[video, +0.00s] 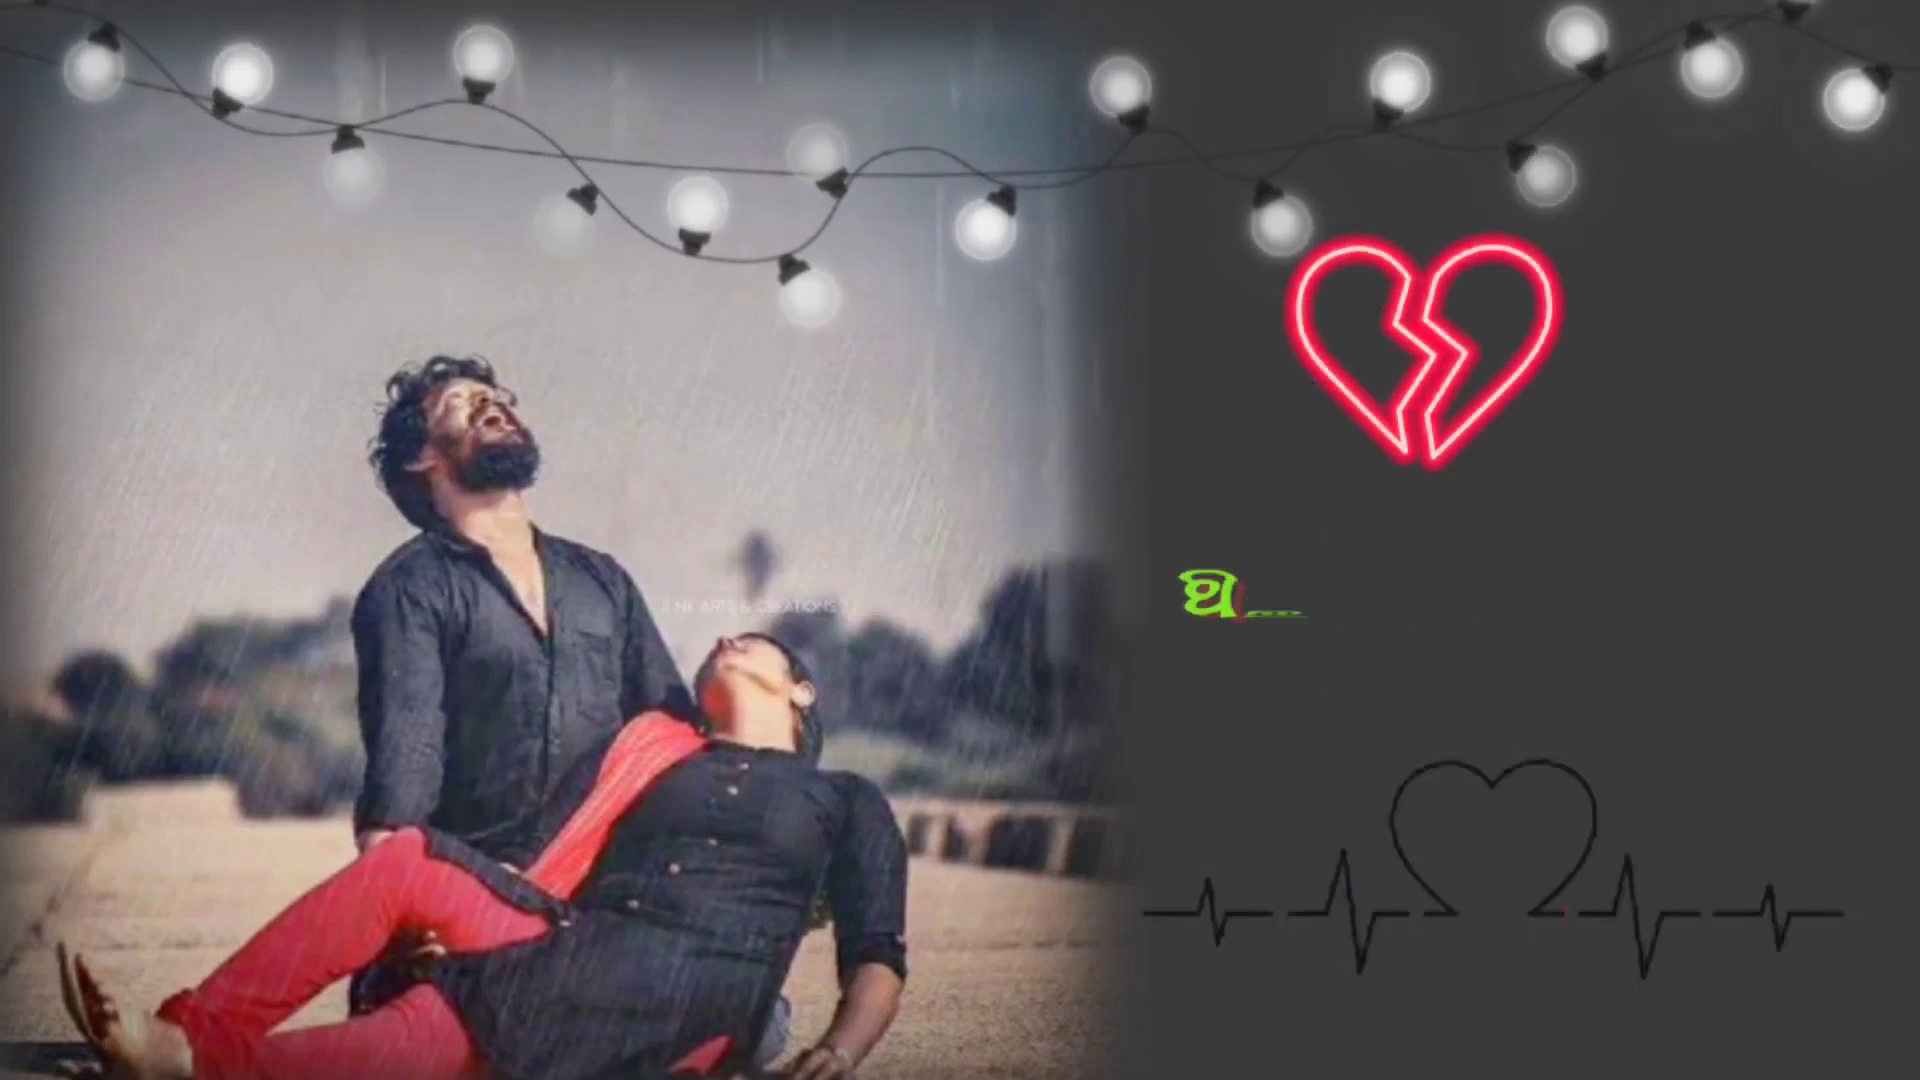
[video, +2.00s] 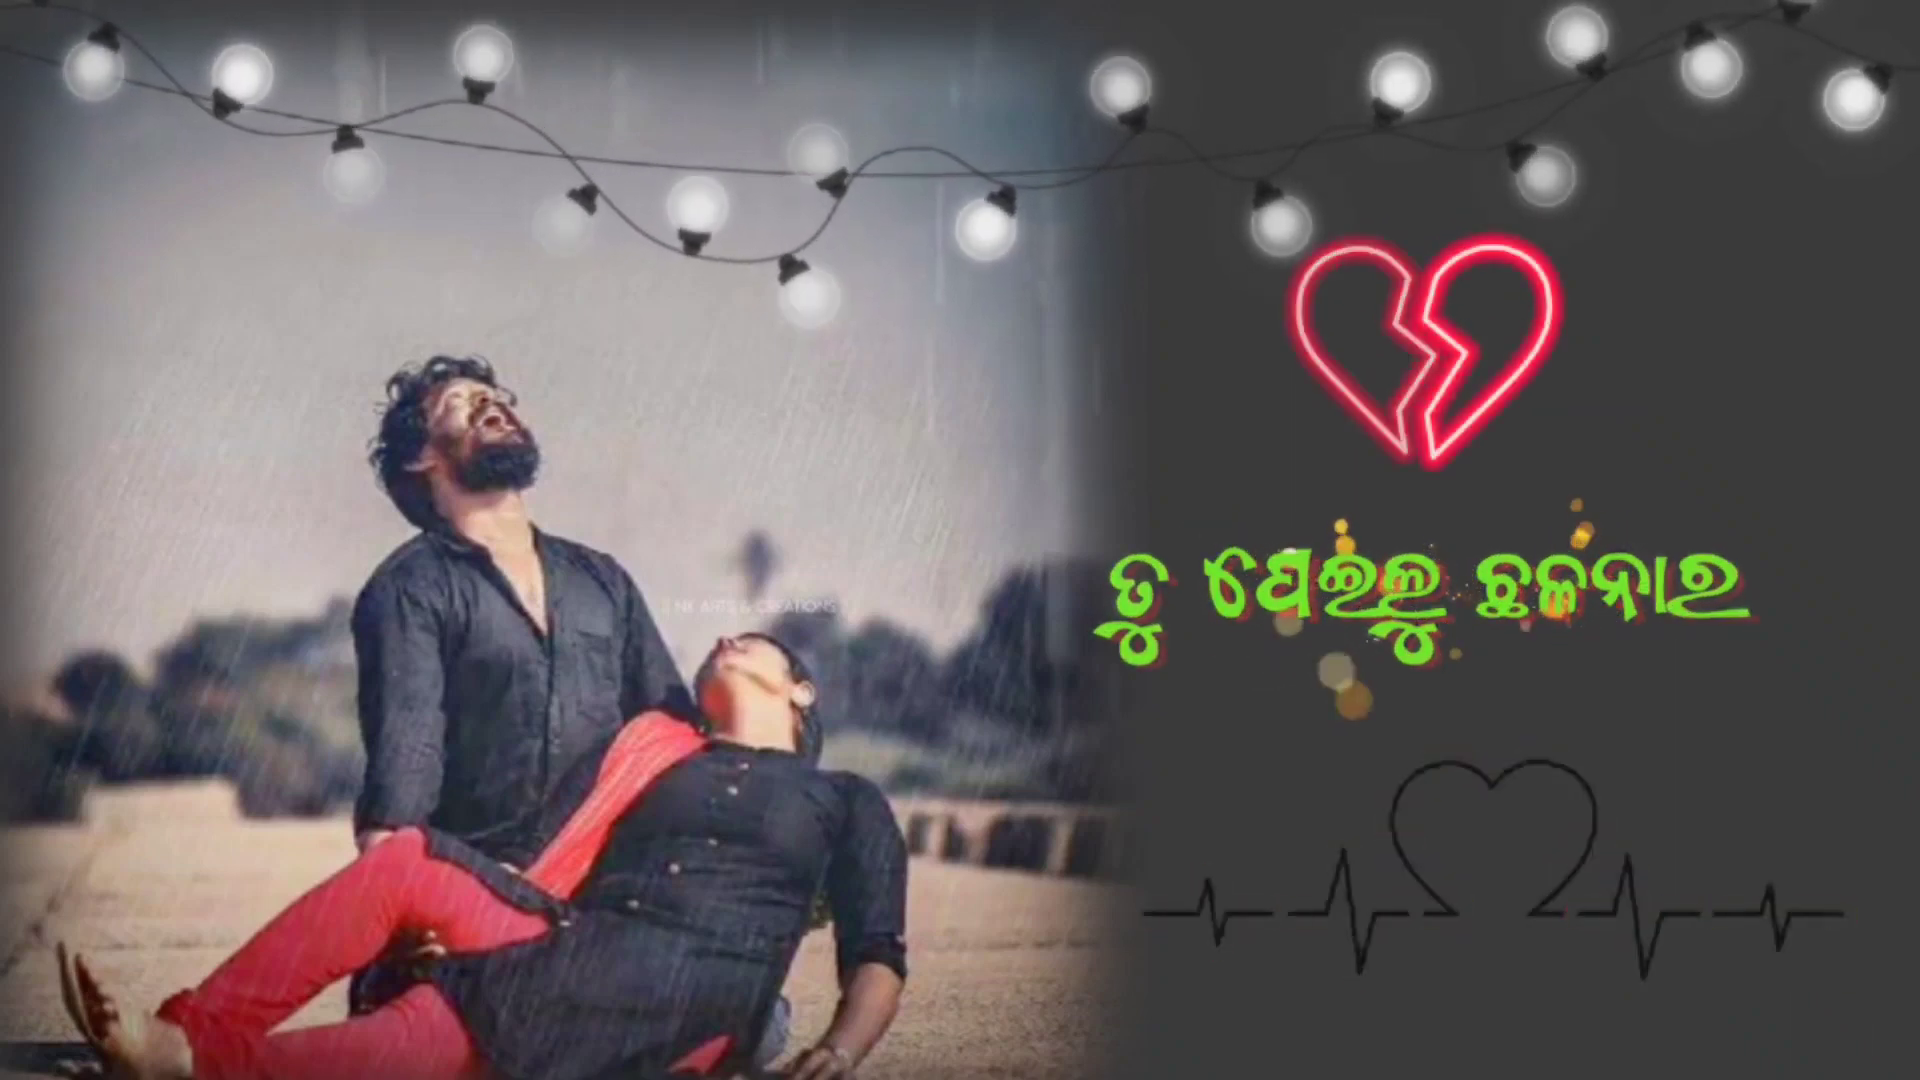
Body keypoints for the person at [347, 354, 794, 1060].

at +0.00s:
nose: (496, 408)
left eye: (502, 401)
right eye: (463, 406)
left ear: (525, 438)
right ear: (421, 462)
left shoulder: (602, 578)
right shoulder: (410, 587)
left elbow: (678, 729)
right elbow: (404, 754)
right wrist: (387, 904)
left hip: (617, 884)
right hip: (462, 891)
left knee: (760, 1022)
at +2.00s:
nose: (496, 408)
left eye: (502, 401)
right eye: (463, 406)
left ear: (525, 438)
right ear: (421, 462)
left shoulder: (602, 578)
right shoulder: (410, 587)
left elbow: (678, 728)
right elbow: (404, 753)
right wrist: (387, 904)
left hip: (617, 883)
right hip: (462, 890)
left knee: (760, 1022)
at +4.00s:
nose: (497, 408)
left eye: (502, 401)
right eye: (463, 406)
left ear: (525, 438)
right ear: (422, 462)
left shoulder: (602, 578)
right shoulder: (410, 588)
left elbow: (678, 728)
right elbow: (404, 753)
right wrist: (388, 901)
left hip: (617, 883)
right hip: (462, 890)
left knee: (761, 1021)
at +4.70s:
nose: (496, 409)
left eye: (501, 401)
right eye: (462, 406)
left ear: (524, 438)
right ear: (421, 462)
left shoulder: (603, 579)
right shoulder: (410, 588)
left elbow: (678, 728)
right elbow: (404, 747)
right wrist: (388, 893)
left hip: (614, 883)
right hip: (460, 889)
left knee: (761, 1020)